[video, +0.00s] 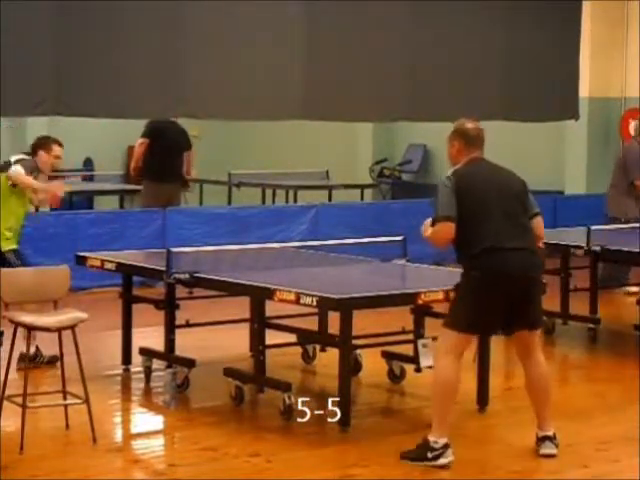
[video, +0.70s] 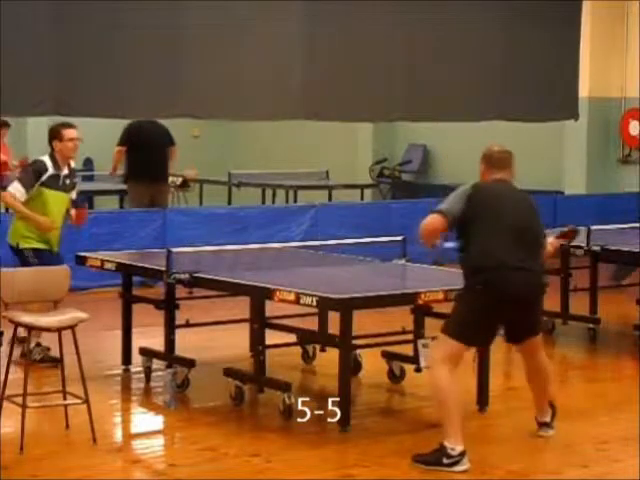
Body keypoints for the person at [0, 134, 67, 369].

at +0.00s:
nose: (57, 163)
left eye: (59, 158)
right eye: (55, 157)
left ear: (44, 157)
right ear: (40, 154)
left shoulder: (34, 172)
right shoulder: (24, 162)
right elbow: (14, 174)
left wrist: (46, 194)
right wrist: (43, 187)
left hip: (10, 242)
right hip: (5, 244)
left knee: (15, 291)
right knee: (32, 289)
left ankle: (31, 350)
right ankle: (30, 349)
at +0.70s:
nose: (76, 145)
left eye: (77, 140)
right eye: (71, 141)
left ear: (74, 144)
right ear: (56, 144)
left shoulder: (71, 173)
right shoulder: (39, 167)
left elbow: (68, 206)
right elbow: (9, 196)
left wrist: (75, 216)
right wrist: (37, 220)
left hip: (49, 240)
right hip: (26, 240)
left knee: (47, 287)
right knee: (46, 286)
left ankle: (23, 331)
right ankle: (33, 342)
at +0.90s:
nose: (86, 143)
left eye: (87, 138)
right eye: (81, 138)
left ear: (85, 141)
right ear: (67, 140)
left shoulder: (78, 167)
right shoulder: (51, 163)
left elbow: (74, 197)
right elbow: (23, 194)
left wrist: (83, 212)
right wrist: (47, 215)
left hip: (60, 237)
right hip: (37, 237)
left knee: (65, 284)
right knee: (52, 286)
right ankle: (35, 342)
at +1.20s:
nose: (101, 157)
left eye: (103, 152)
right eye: (97, 152)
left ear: (98, 156)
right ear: (82, 154)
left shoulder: (87, 182)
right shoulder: (67, 174)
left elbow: (88, 215)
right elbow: (50, 210)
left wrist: (96, 226)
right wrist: (84, 227)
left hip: (64, 244)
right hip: (43, 243)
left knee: (87, 284)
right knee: (64, 286)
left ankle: (68, 329)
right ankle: (40, 342)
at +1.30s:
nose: (102, 154)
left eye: (104, 149)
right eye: (98, 149)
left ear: (88, 151)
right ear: (84, 149)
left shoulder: (76, 169)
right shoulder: (77, 168)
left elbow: (75, 207)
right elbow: (75, 203)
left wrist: (92, 226)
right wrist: (104, 226)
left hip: (56, 237)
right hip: (42, 238)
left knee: (73, 281)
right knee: (60, 288)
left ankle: (67, 328)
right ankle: (40, 347)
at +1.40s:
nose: (102, 160)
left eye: (103, 155)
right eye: (98, 154)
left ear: (80, 155)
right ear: (83, 153)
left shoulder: (62, 170)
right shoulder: (81, 171)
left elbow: (52, 211)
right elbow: (94, 205)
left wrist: (78, 229)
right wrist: (128, 227)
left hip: (36, 239)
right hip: (49, 244)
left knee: (63, 290)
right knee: (74, 292)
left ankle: (54, 338)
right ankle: (48, 346)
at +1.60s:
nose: (106, 177)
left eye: (107, 172)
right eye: (103, 171)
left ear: (83, 171)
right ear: (88, 169)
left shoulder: (60, 185)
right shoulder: (90, 185)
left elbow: (31, 217)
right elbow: (107, 193)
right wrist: (129, 202)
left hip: (28, 250)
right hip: (52, 255)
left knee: (59, 300)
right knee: (80, 303)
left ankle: (42, 347)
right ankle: (48, 350)